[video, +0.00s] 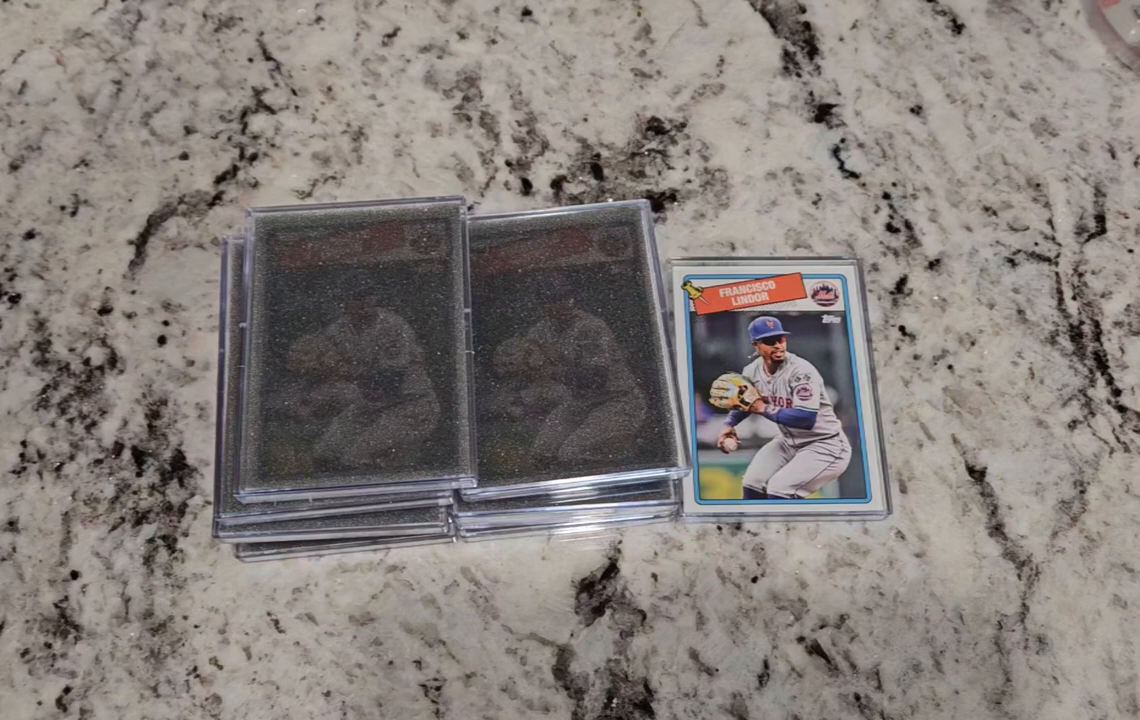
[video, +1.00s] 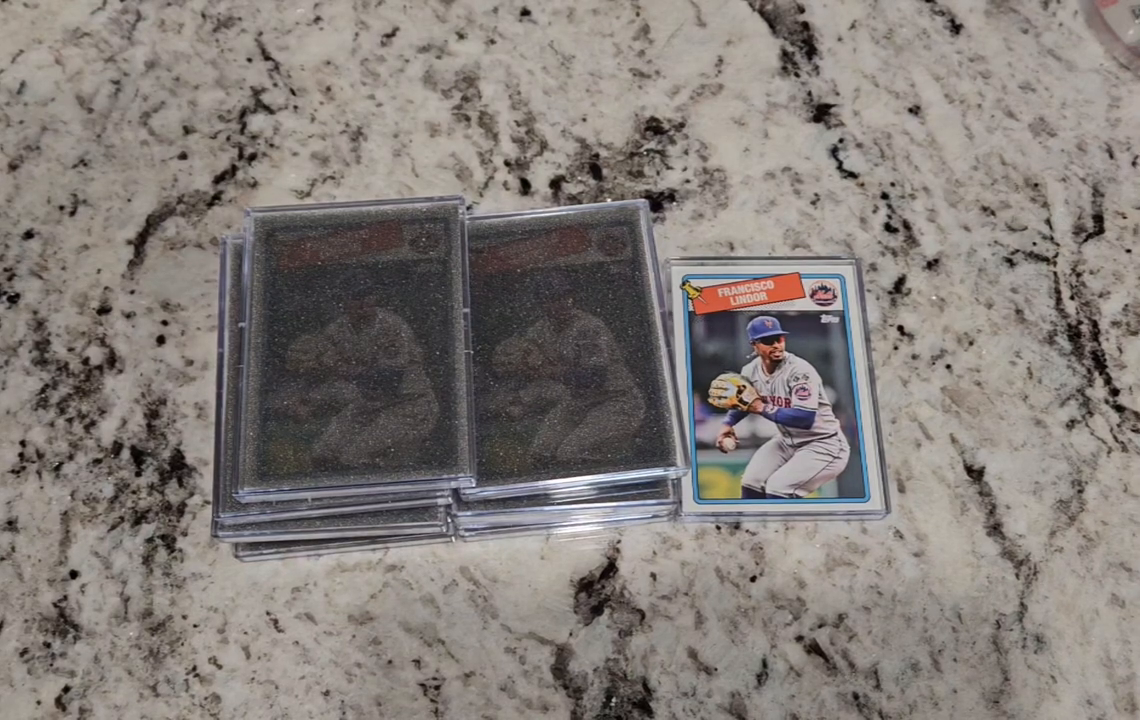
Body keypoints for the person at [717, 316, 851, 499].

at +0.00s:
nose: (778, 346)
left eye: (780, 340)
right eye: (770, 342)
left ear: (786, 340)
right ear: (757, 346)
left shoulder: (803, 371)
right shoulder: (751, 372)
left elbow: (806, 419)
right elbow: (744, 403)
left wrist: (762, 407)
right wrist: (728, 426)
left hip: (826, 446)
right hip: (789, 443)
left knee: (779, 488)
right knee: (753, 484)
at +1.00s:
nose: (776, 346)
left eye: (779, 339)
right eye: (768, 342)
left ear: (784, 339)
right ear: (755, 346)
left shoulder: (801, 371)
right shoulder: (749, 372)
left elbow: (804, 419)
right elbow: (743, 403)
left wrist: (761, 407)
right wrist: (727, 425)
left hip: (825, 446)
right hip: (787, 443)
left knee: (777, 487)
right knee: (751, 483)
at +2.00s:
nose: (776, 346)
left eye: (779, 339)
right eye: (768, 342)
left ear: (784, 339)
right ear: (755, 346)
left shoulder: (801, 371)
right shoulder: (749, 372)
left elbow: (804, 419)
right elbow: (743, 403)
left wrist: (761, 407)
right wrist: (726, 425)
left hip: (824, 445)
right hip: (787, 442)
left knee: (777, 488)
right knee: (751, 483)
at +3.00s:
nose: (776, 346)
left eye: (778, 339)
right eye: (768, 342)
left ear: (783, 339)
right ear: (754, 346)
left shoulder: (801, 371)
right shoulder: (749, 372)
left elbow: (804, 419)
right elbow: (743, 403)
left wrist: (760, 407)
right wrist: (726, 424)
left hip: (824, 445)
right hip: (786, 442)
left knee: (777, 488)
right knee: (750, 483)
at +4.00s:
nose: (776, 346)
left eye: (778, 339)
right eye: (767, 342)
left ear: (783, 339)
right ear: (754, 346)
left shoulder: (801, 371)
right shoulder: (749, 372)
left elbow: (804, 419)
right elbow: (743, 403)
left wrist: (760, 407)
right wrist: (726, 425)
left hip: (824, 445)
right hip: (786, 443)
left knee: (777, 487)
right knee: (751, 483)